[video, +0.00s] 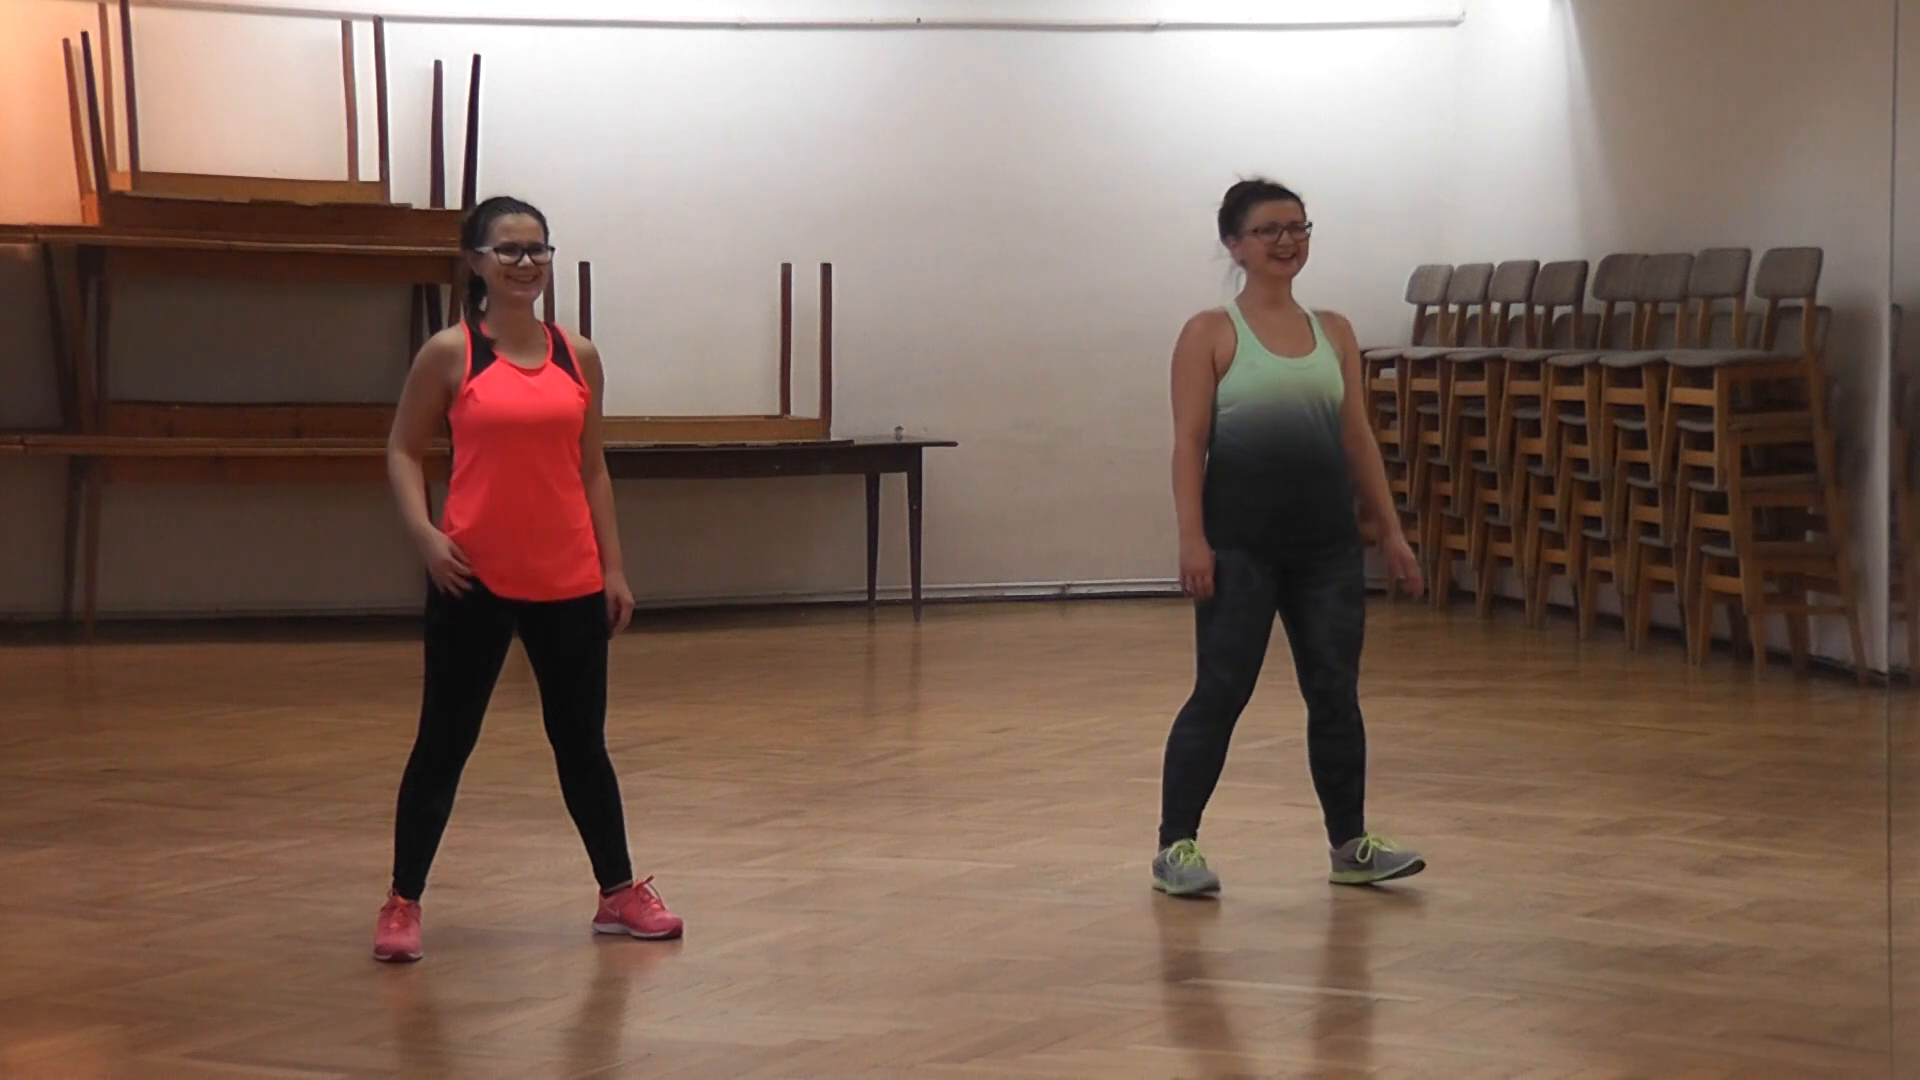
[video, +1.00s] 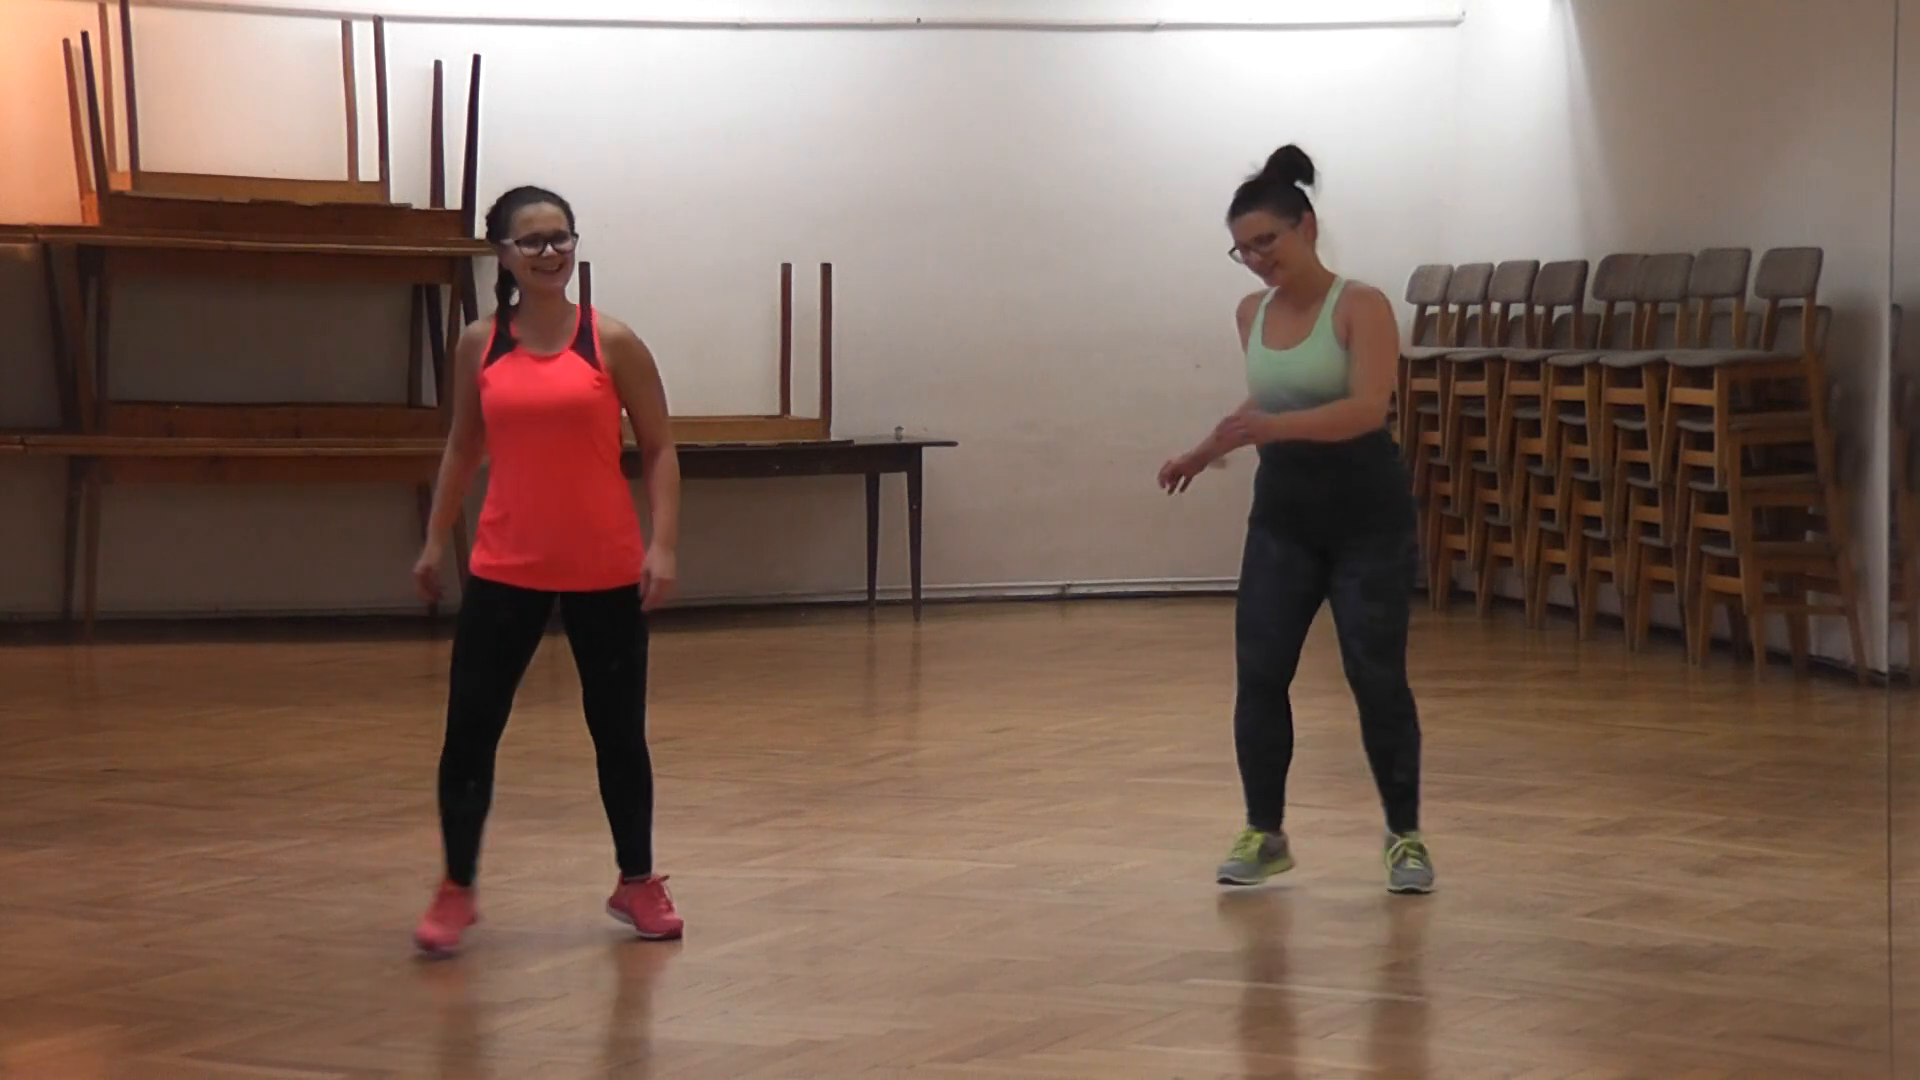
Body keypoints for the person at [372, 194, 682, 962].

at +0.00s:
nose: (526, 261)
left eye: (537, 249)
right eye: (509, 249)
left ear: (549, 261)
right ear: (476, 263)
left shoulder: (579, 356)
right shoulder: (447, 354)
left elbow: (593, 467)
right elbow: (405, 451)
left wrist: (614, 569)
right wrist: (425, 534)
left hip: (570, 584)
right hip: (474, 581)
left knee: (583, 742)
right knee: (443, 746)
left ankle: (620, 890)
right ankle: (403, 903)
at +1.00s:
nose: (550, 250)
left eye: (560, 237)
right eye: (532, 241)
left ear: (575, 245)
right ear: (502, 255)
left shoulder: (613, 341)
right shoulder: (479, 343)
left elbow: (659, 446)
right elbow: (462, 447)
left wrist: (662, 544)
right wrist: (436, 539)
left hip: (605, 568)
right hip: (504, 570)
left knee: (621, 733)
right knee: (468, 733)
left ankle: (638, 883)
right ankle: (456, 891)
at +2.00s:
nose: (270, 259)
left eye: (285, 250)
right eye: (257, 243)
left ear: (298, 269)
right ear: (222, 251)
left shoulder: (324, 363)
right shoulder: (180, 359)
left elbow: (361, 470)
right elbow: (149, 454)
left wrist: (364, 561)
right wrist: (162, 517)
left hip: (318, 593)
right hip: (223, 593)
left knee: (317, 761)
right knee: (182, 762)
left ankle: (334, 927)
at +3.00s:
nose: (244, 299)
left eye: (253, 285)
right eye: (226, 286)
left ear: (260, 289)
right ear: (185, 291)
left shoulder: (182, 376)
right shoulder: (209, 380)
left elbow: (115, 479)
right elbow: (316, 463)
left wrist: (71, 561)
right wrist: (427, 523)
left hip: (194, 617)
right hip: (147, 614)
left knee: (266, 739)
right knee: (71, 764)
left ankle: (244, 927)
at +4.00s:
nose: (632, 264)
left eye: (642, 252)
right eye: (613, 253)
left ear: (654, 261)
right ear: (576, 266)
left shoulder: (686, 358)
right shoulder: (552, 364)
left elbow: (724, 468)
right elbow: (534, 472)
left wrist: (741, 566)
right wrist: (618, 437)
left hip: (673, 581)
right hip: (576, 586)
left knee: (707, 734)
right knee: (575, 739)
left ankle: (708, 902)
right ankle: (540, 902)